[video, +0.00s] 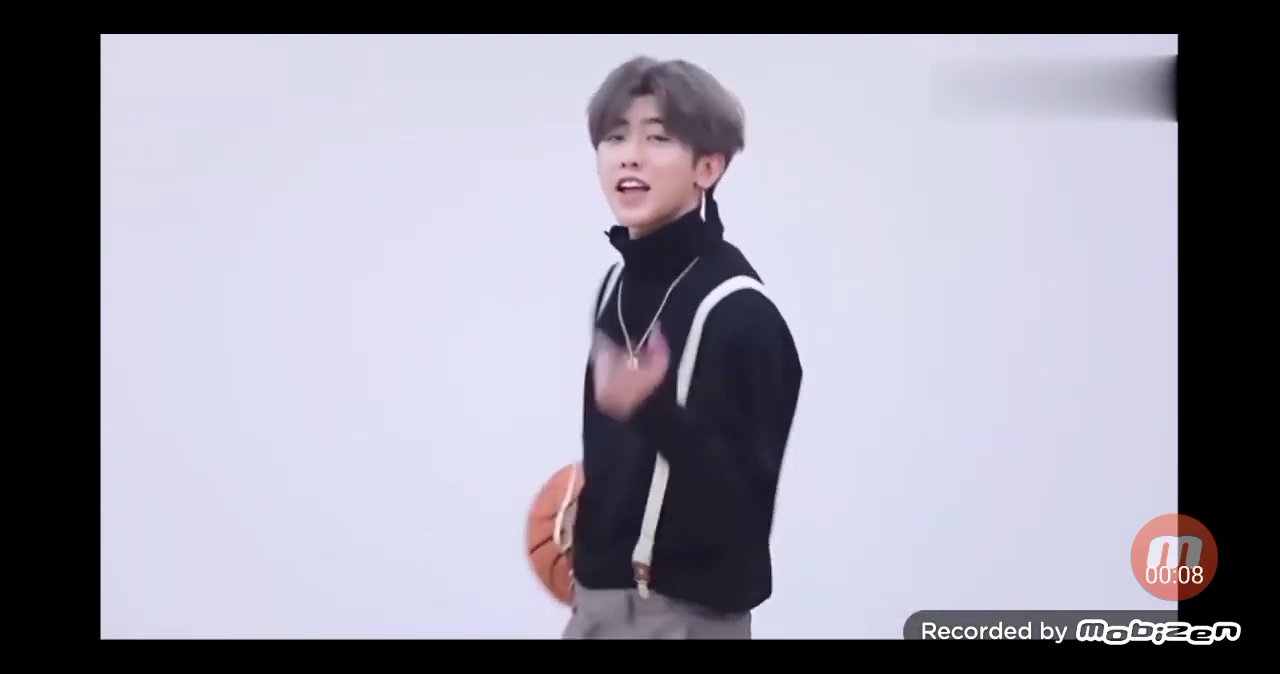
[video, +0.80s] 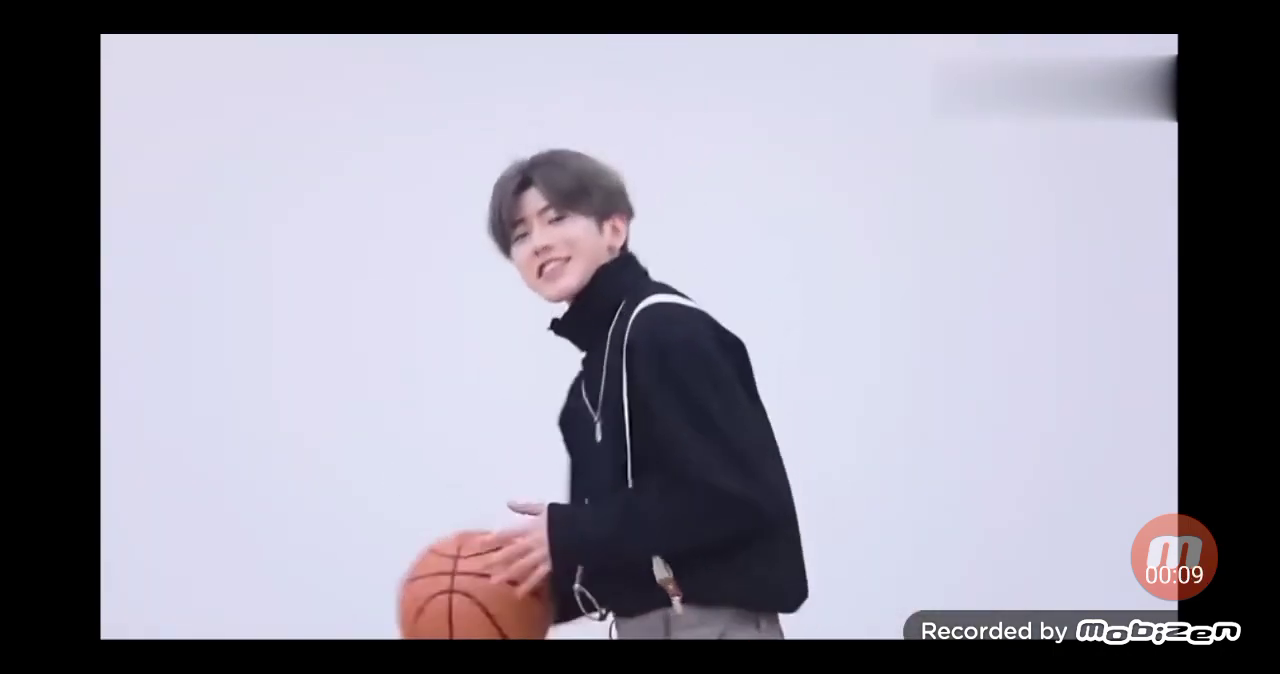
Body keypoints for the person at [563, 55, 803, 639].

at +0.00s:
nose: (630, 156)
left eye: (658, 138)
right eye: (615, 137)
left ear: (707, 168)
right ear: (598, 156)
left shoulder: (740, 314)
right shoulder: (616, 286)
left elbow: (741, 495)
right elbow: (618, 441)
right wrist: (583, 513)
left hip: (691, 610)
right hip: (599, 599)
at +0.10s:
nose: (614, 149)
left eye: (640, 125)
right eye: (600, 133)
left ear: (698, 145)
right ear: (587, 151)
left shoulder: (726, 275)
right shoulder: (660, 260)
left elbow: (713, 421)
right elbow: (664, 417)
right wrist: (612, 476)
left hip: (668, 597)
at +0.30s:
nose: (601, 166)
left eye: (622, 139)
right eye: (586, 154)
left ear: (686, 150)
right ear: (574, 171)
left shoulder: (707, 262)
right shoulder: (727, 253)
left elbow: (653, 397)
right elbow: (805, 449)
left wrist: (615, 231)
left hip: (662, 600)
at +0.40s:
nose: (590, 174)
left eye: (611, 148)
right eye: (574, 167)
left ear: (674, 156)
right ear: (569, 195)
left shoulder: (692, 268)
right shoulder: (725, 259)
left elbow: (665, 408)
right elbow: (810, 448)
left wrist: (579, 285)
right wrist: (800, 564)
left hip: (654, 600)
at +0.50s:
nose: (585, 176)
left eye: (603, 148)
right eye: (567, 170)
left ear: (665, 155)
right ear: (564, 200)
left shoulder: (694, 262)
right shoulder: (713, 259)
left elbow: (712, 432)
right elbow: (804, 462)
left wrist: (559, 359)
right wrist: (801, 593)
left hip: (659, 600)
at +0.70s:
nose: (561, 202)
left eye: (580, 175)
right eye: (543, 196)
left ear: (639, 185)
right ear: (539, 225)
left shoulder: (679, 288)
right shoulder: (626, 307)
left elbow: (753, 457)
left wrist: (580, 505)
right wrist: (594, 536)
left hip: (697, 608)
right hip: (646, 608)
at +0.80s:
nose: (537, 243)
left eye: (555, 217)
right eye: (519, 235)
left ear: (613, 228)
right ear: (512, 263)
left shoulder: (666, 329)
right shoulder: (583, 393)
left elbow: (739, 495)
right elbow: (630, 563)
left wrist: (573, 534)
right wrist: (536, 591)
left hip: (712, 616)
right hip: (644, 621)